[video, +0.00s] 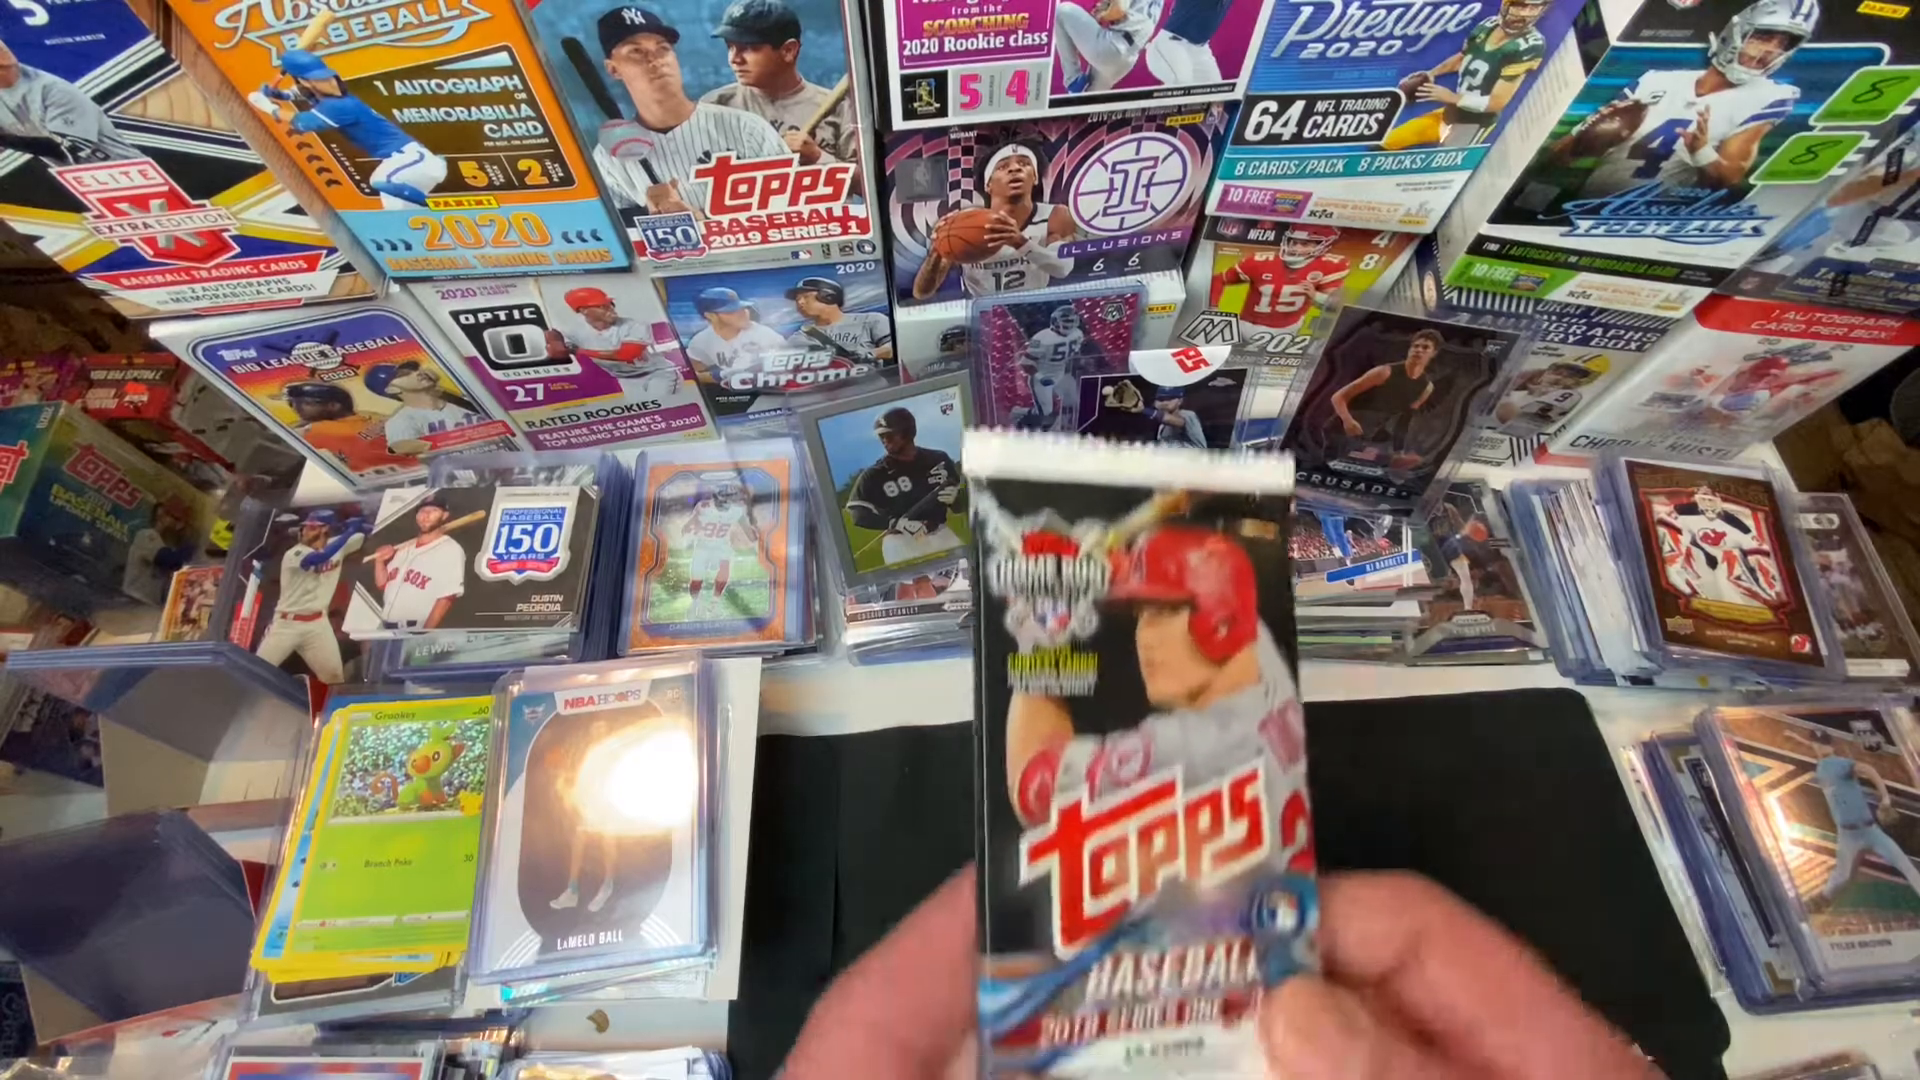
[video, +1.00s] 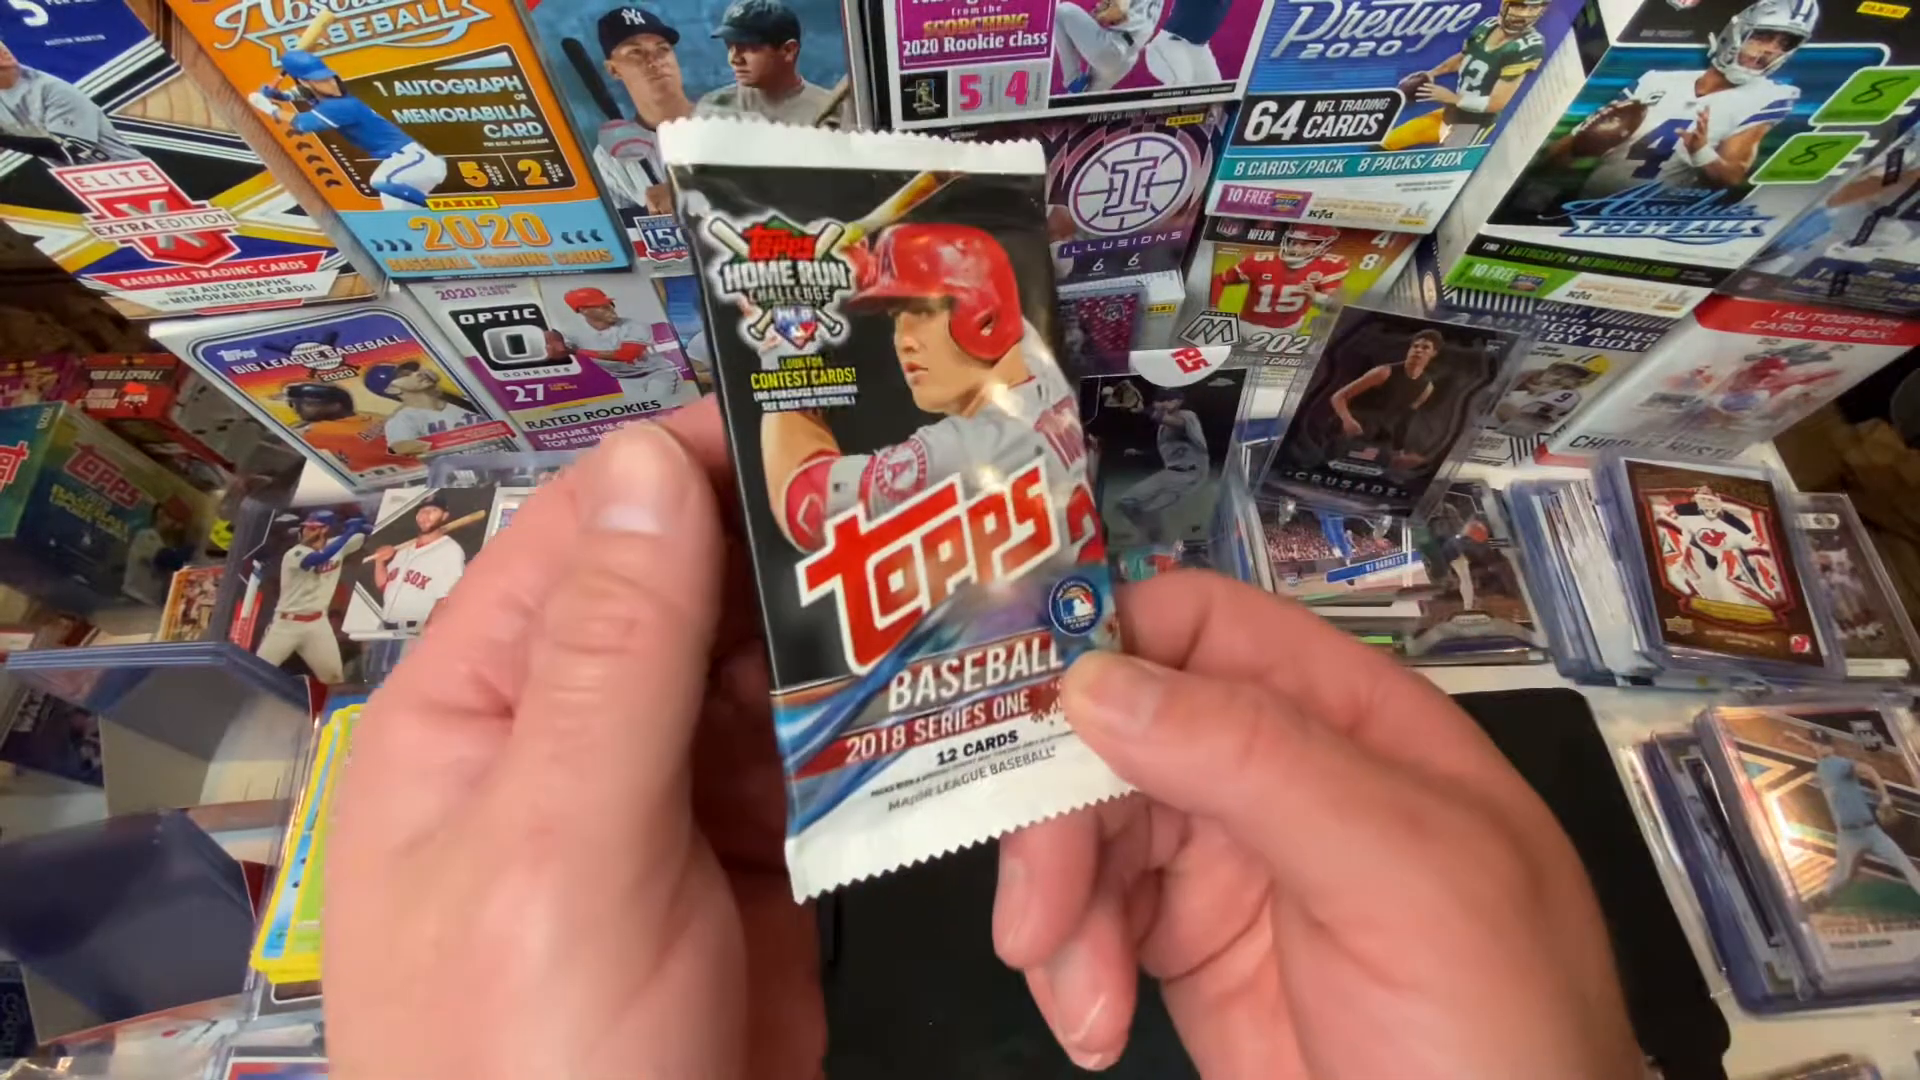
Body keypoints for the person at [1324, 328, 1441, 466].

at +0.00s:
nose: (1418, 350)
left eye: (1425, 348)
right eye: (1415, 346)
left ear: (1433, 354)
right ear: (1410, 349)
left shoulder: (1426, 388)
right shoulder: (1384, 372)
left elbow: (1404, 419)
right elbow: (1338, 397)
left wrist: (1399, 453)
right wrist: (1347, 420)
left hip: (1374, 435)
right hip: (1342, 428)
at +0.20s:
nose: (1418, 350)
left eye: (1425, 347)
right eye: (1415, 346)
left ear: (1433, 354)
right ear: (1409, 349)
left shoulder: (1427, 388)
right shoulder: (1384, 373)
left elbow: (1405, 415)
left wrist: (1399, 450)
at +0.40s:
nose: (1418, 350)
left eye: (1425, 347)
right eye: (1415, 346)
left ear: (1433, 354)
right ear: (1410, 349)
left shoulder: (1426, 388)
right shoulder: (1384, 373)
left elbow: (1405, 416)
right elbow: (1339, 397)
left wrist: (1400, 450)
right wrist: (1347, 420)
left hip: (1385, 444)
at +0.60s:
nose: (1418, 350)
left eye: (1425, 347)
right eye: (1415, 346)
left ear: (1433, 354)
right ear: (1409, 349)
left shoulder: (1426, 389)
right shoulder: (1384, 373)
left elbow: (1405, 414)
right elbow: (1338, 397)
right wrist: (1348, 420)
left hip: (1390, 444)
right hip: (1362, 437)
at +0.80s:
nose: (1418, 350)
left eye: (1425, 347)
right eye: (1415, 346)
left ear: (1433, 354)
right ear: (1410, 349)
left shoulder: (1426, 388)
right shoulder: (1384, 373)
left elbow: (1405, 414)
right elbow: (1338, 397)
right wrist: (1348, 420)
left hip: (1392, 444)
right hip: (1364, 439)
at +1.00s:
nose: (1418, 350)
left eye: (1425, 347)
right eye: (1415, 346)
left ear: (1433, 354)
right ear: (1409, 349)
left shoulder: (1426, 389)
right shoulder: (1384, 373)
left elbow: (1404, 418)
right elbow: (1338, 397)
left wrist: (1399, 452)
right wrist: (1348, 421)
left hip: (1384, 441)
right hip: (1356, 436)